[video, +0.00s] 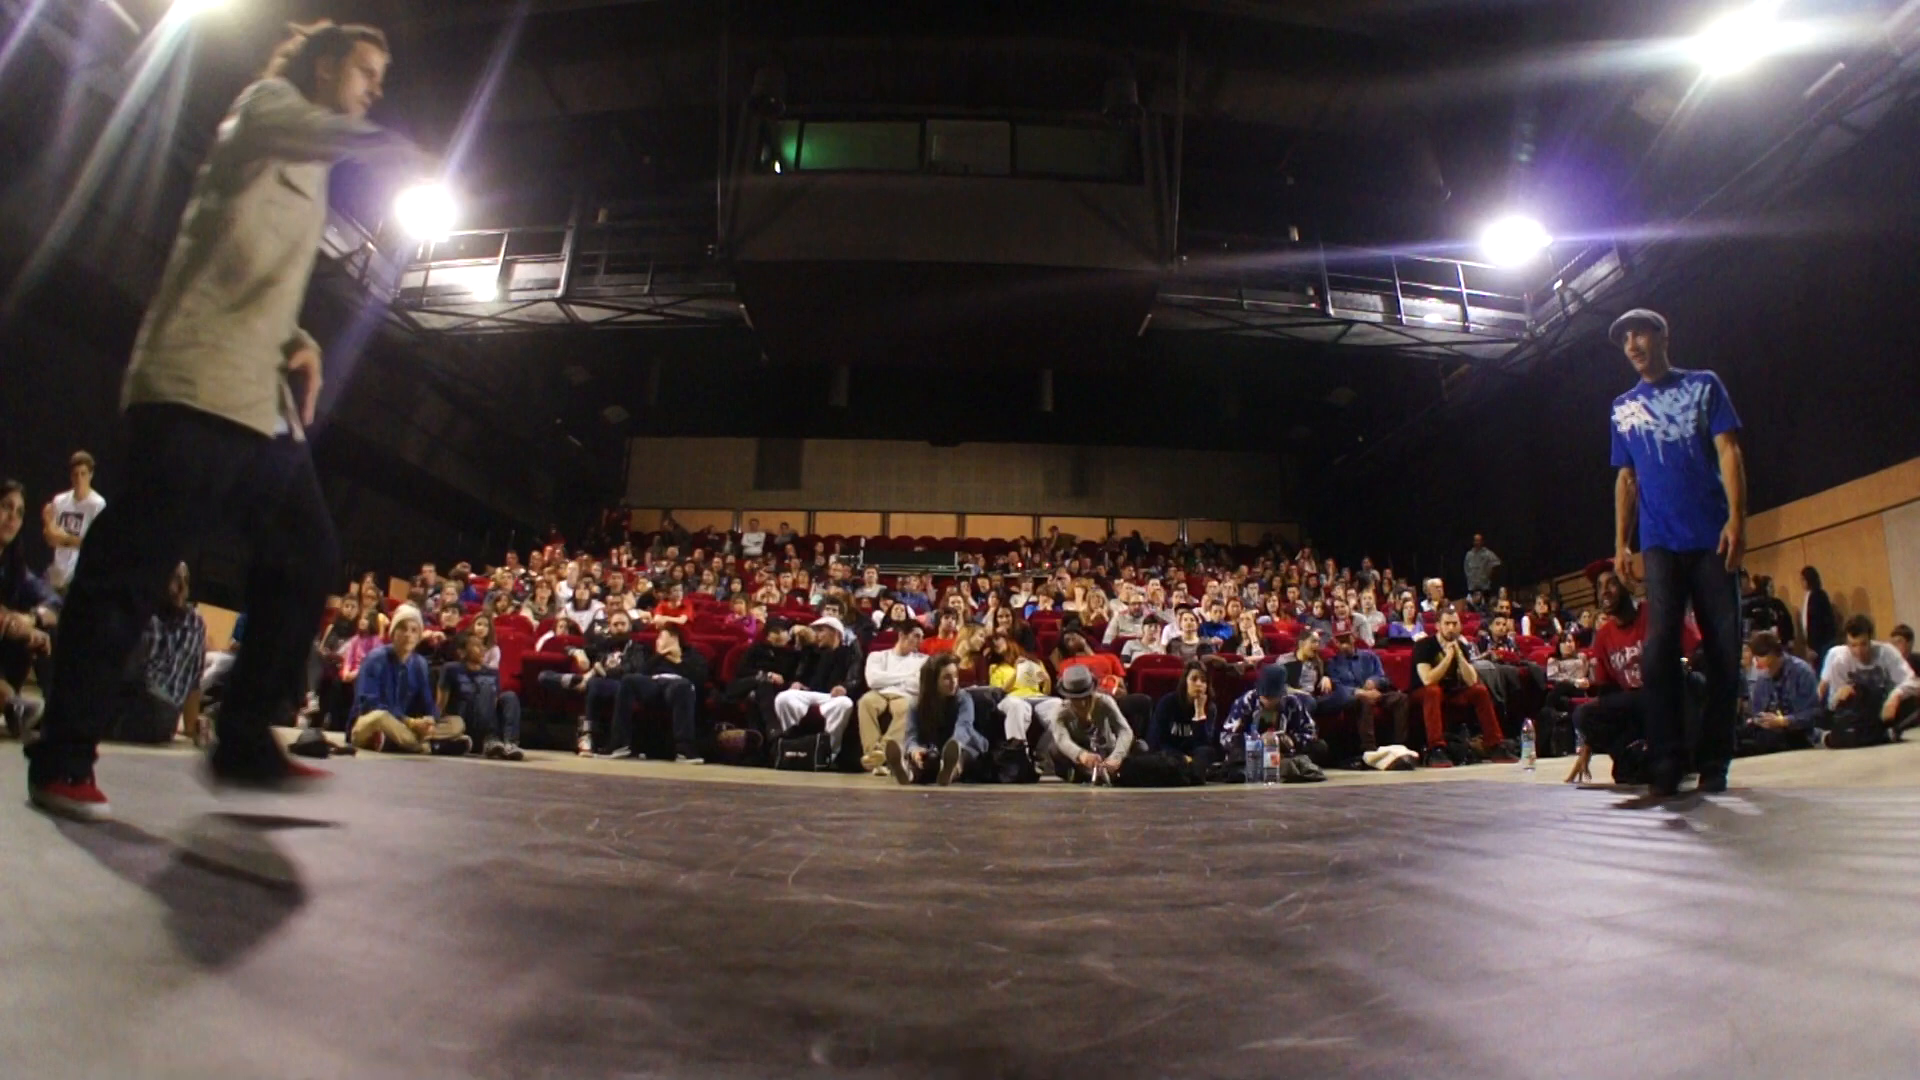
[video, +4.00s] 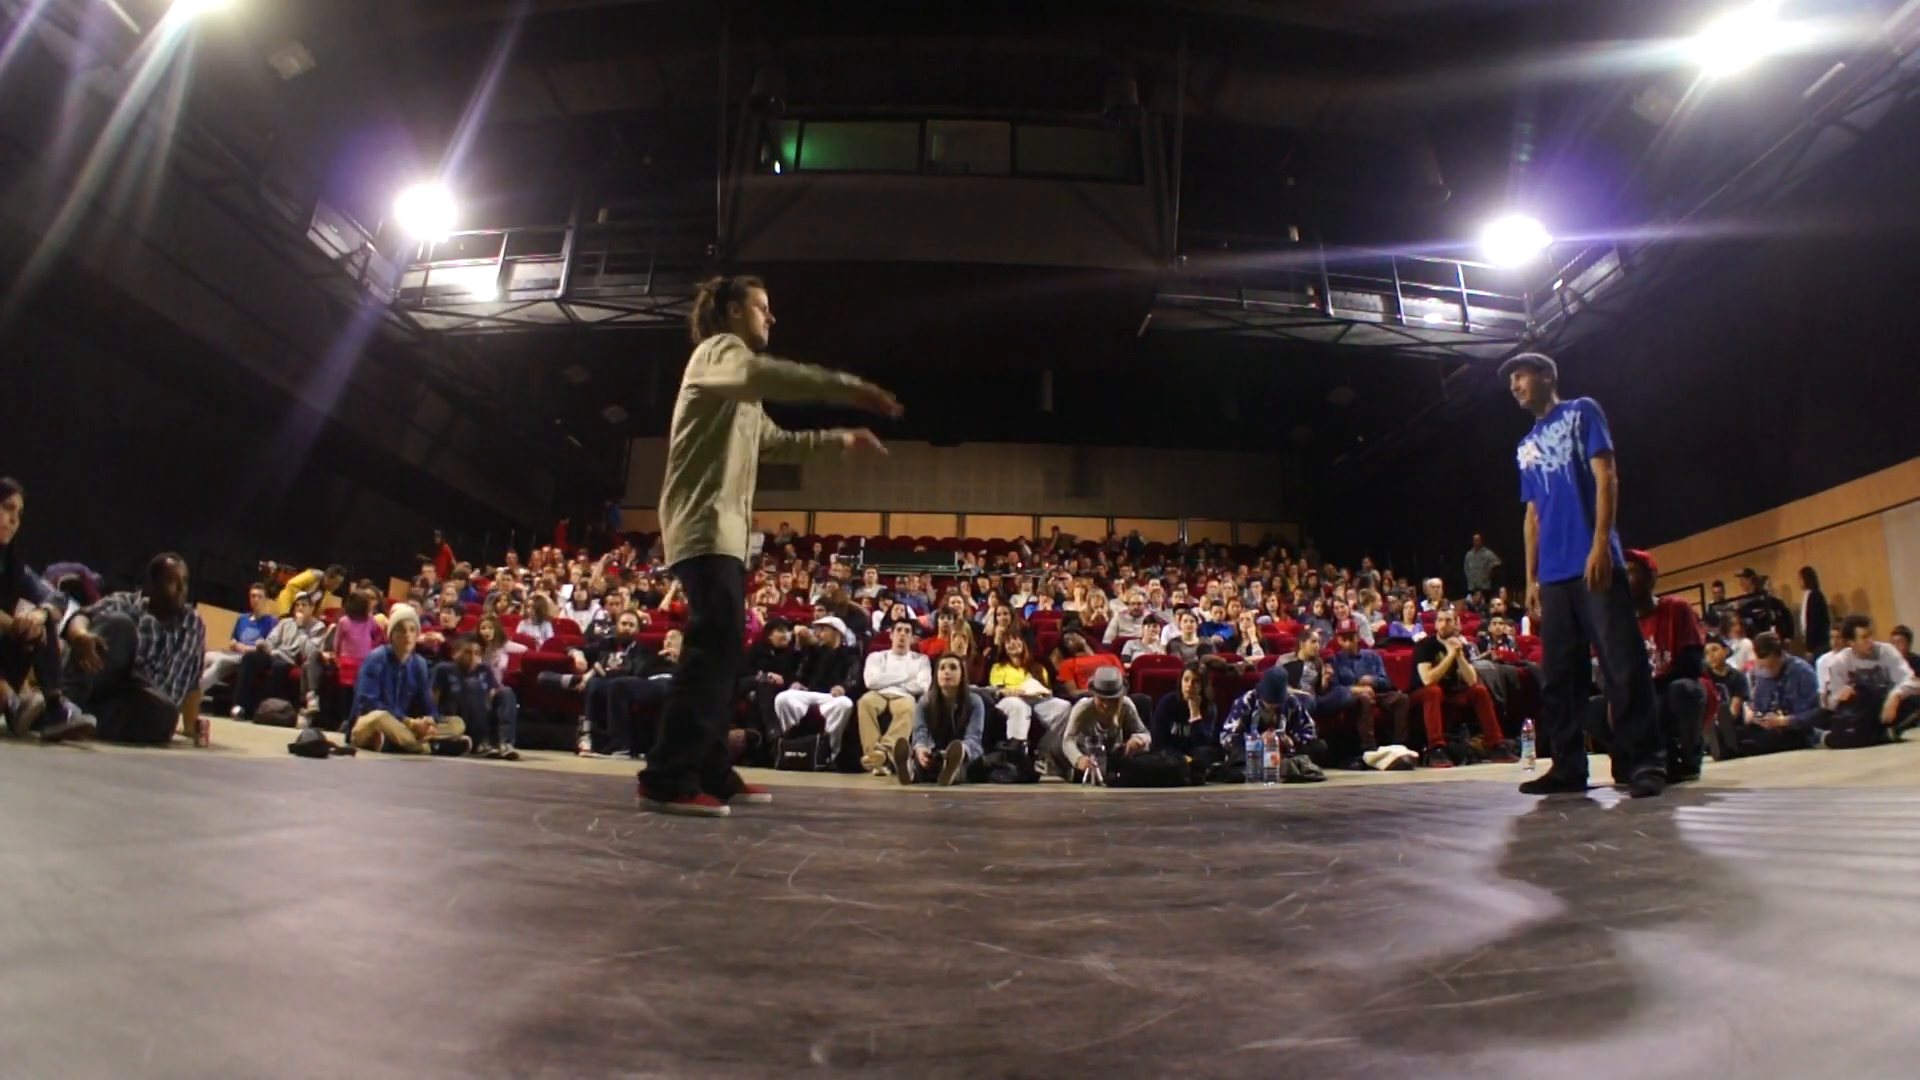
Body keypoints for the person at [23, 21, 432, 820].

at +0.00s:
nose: (371, 92)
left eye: (378, 83)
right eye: (364, 73)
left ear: (362, 91)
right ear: (318, 63)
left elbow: (256, 289)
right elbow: (325, 128)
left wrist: (300, 346)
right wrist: (398, 150)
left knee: (306, 560)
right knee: (127, 568)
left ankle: (244, 742)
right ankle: (63, 755)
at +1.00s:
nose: (629, 178)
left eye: (634, 165)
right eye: (625, 160)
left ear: (583, 154)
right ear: (591, 145)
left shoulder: (540, 202)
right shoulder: (560, 187)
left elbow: (543, 329)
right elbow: (575, 284)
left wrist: (614, 365)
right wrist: (679, 357)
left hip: (533, 436)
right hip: (536, 437)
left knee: (569, 591)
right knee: (532, 607)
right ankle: (495, 793)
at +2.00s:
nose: (814, 237)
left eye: (812, 227)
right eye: (802, 226)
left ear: (790, 241)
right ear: (767, 237)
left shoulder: (785, 306)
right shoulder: (749, 286)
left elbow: (787, 414)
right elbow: (693, 368)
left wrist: (849, 404)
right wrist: (732, 432)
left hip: (774, 497)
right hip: (763, 495)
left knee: (773, 634)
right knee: (785, 638)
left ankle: (674, 739)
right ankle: (778, 795)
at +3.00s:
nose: (806, 293)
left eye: (804, 286)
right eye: (796, 283)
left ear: (777, 294)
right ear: (764, 288)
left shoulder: (780, 354)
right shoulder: (741, 337)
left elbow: (808, 437)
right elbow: (762, 406)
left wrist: (853, 398)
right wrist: (807, 451)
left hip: (793, 522)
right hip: (752, 517)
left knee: (816, 642)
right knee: (741, 642)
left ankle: (805, 770)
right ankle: (674, 764)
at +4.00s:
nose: (771, 318)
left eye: (770, 310)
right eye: (762, 308)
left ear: (737, 315)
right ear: (732, 312)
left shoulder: (744, 384)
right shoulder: (719, 350)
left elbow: (776, 442)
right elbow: (762, 374)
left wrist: (839, 439)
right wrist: (851, 386)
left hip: (726, 530)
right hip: (703, 525)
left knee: (726, 652)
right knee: (714, 648)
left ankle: (711, 770)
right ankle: (669, 778)